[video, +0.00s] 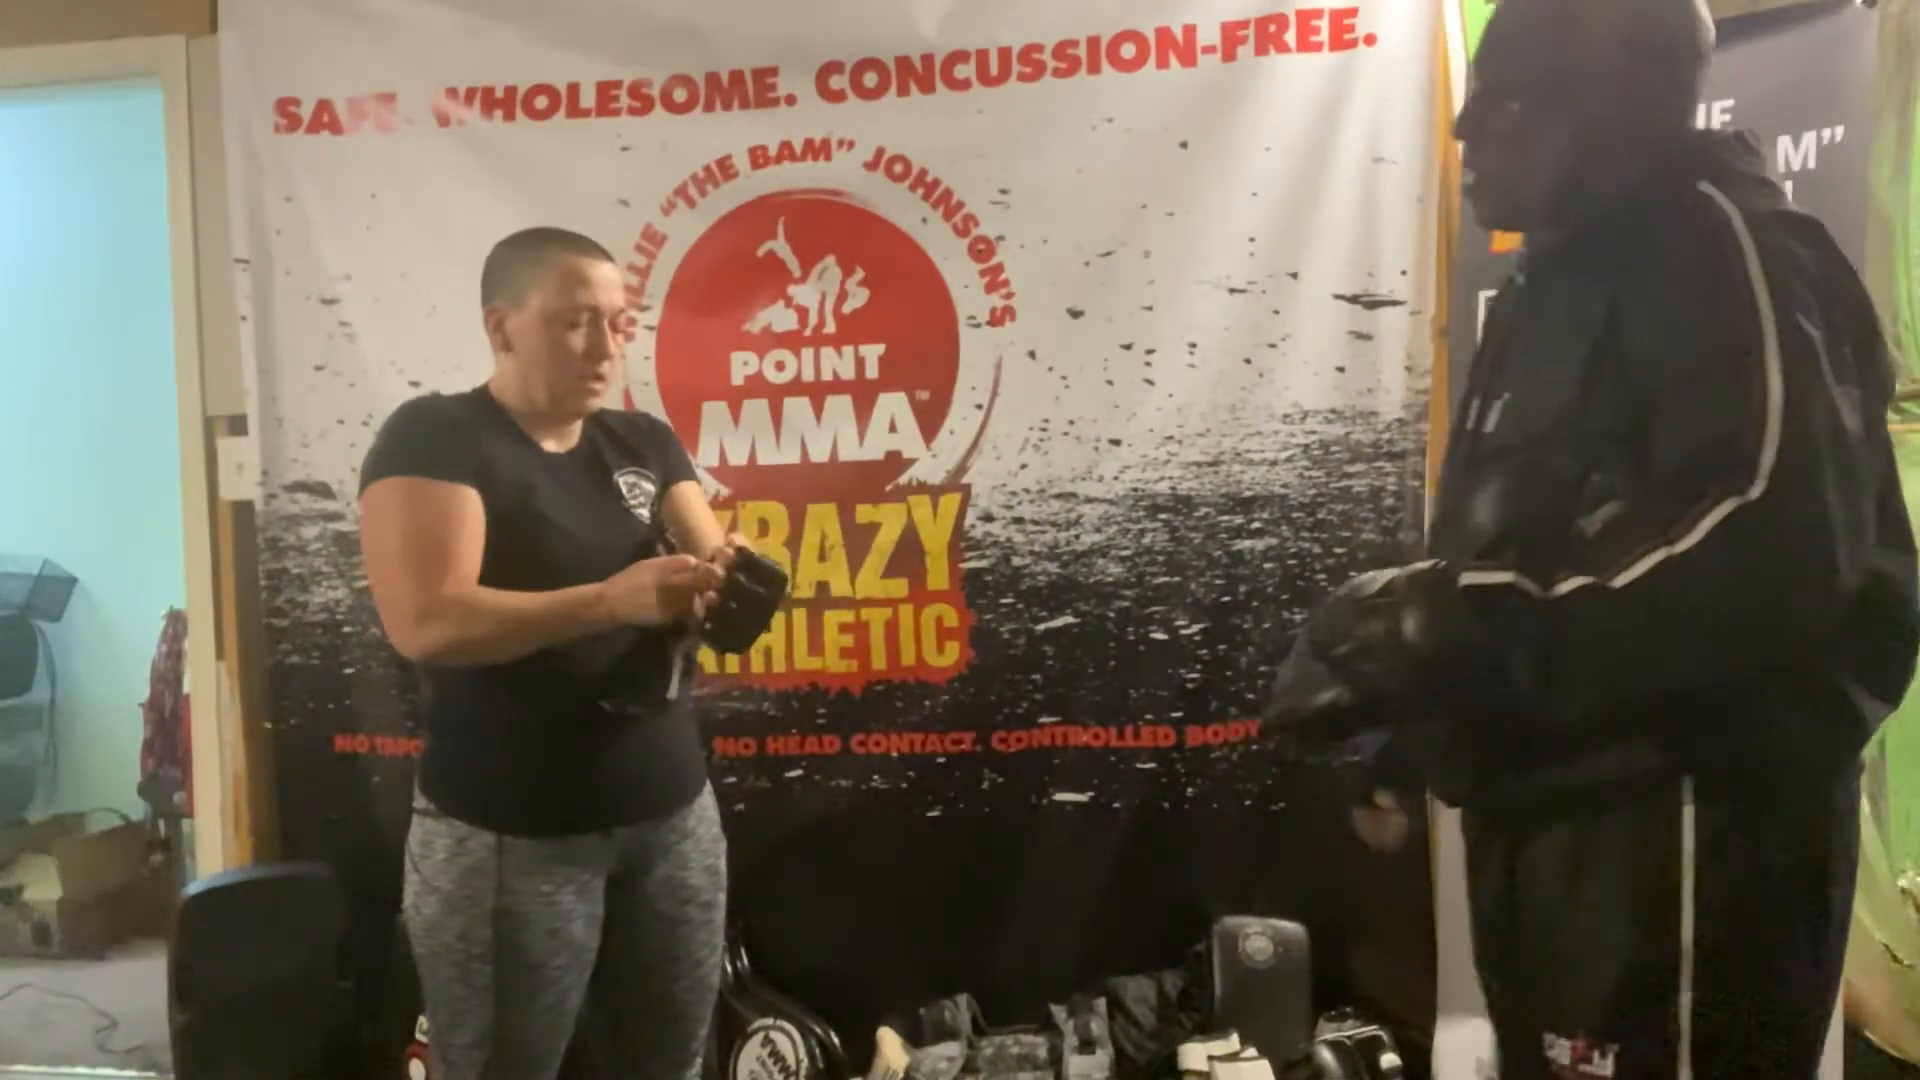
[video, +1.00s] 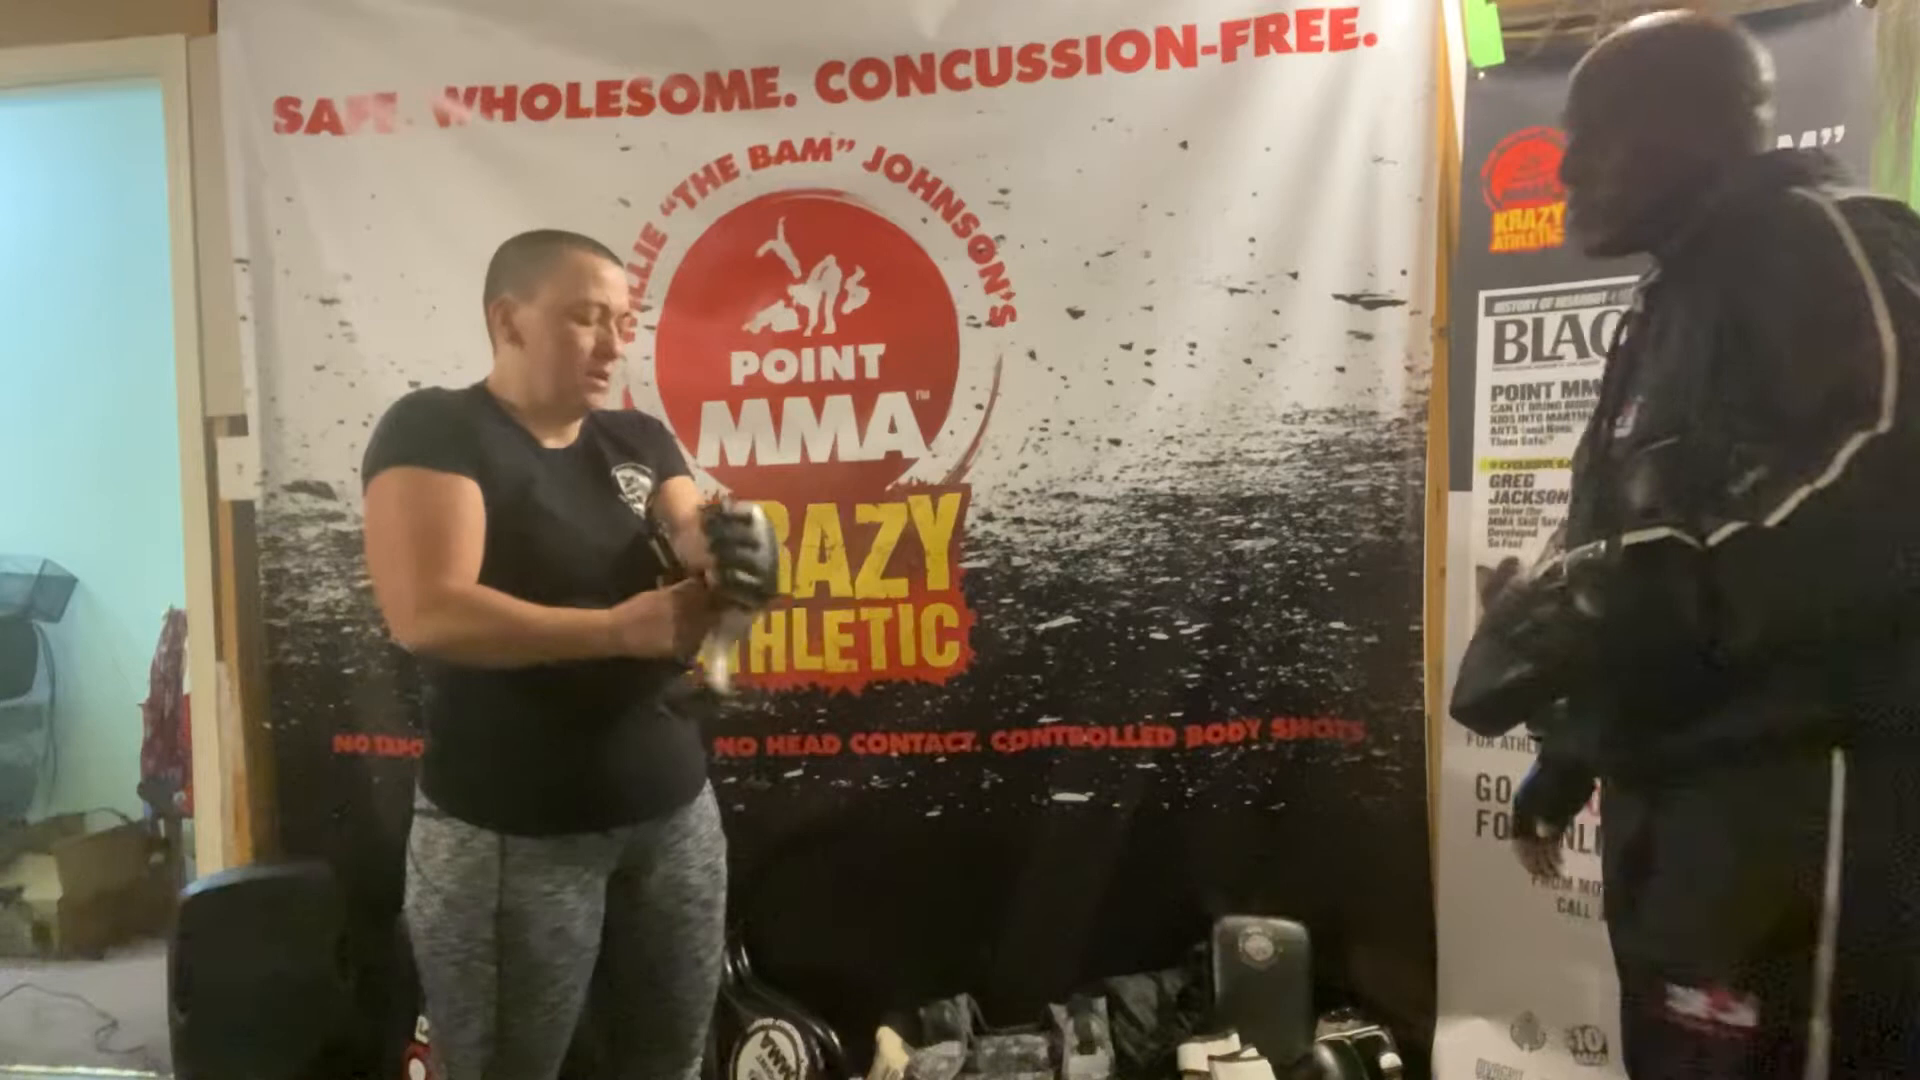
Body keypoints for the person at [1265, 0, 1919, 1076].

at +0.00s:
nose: (1464, 120)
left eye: (1503, 88)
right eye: (1473, 89)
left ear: (1612, 92)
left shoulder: (1720, 239)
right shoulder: (1543, 285)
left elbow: (1772, 537)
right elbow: (1500, 548)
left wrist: (1452, 627)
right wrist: (1399, 746)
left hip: (1700, 836)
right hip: (1564, 829)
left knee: (1681, 1062)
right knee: (1562, 1060)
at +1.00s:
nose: (1565, 164)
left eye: (1591, 131)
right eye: (1569, 134)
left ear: (1677, 135)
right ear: (1652, 147)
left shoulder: (1792, 229)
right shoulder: (1678, 290)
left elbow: (1872, 470)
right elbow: (1627, 544)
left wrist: (1634, 599)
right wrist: (1566, 760)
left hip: (1782, 771)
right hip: (1688, 772)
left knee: (1733, 1045)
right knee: (1677, 1042)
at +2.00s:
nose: (1667, 38)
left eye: (1713, 12)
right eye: (1683, 15)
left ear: (1815, 36)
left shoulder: (1893, 217)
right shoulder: (1710, 282)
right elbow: (1667, 568)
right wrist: (1544, 725)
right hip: (1702, 825)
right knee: (1616, 1053)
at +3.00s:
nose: (1500, 122)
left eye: (1537, 93)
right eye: (1496, 104)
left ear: (1640, 112)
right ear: (1497, 149)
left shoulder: (1738, 227)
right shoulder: (1508, 334)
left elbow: (1886, 450)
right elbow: (1488, 591)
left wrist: (1591, 569)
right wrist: (1412, 772)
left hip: (1745, 778)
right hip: (1557, 792)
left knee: (1764, 1057)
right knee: (1577, 1052)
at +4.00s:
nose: (1652, 40)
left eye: (1698, 7)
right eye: (1663, 16)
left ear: (1837, 25)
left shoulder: (1897, 215)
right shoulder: (1671, 290)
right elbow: (1623, 557)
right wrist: (1565, 775)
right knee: (1606, 1059)